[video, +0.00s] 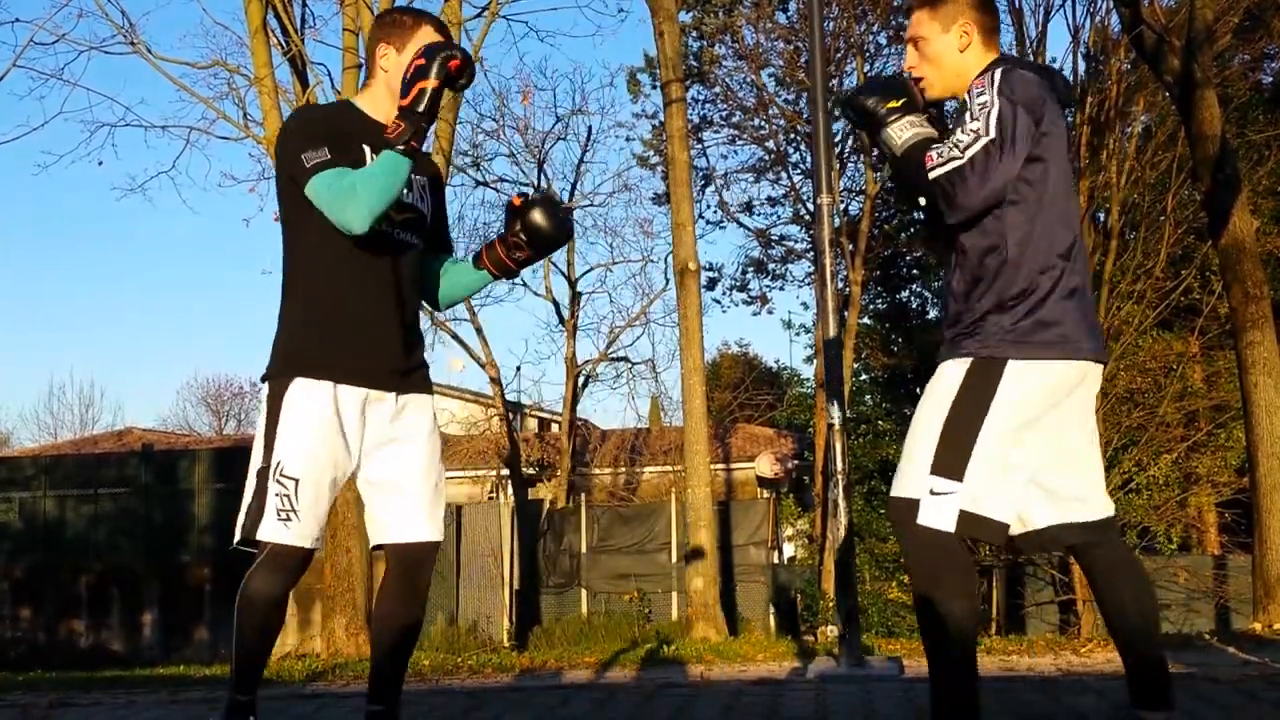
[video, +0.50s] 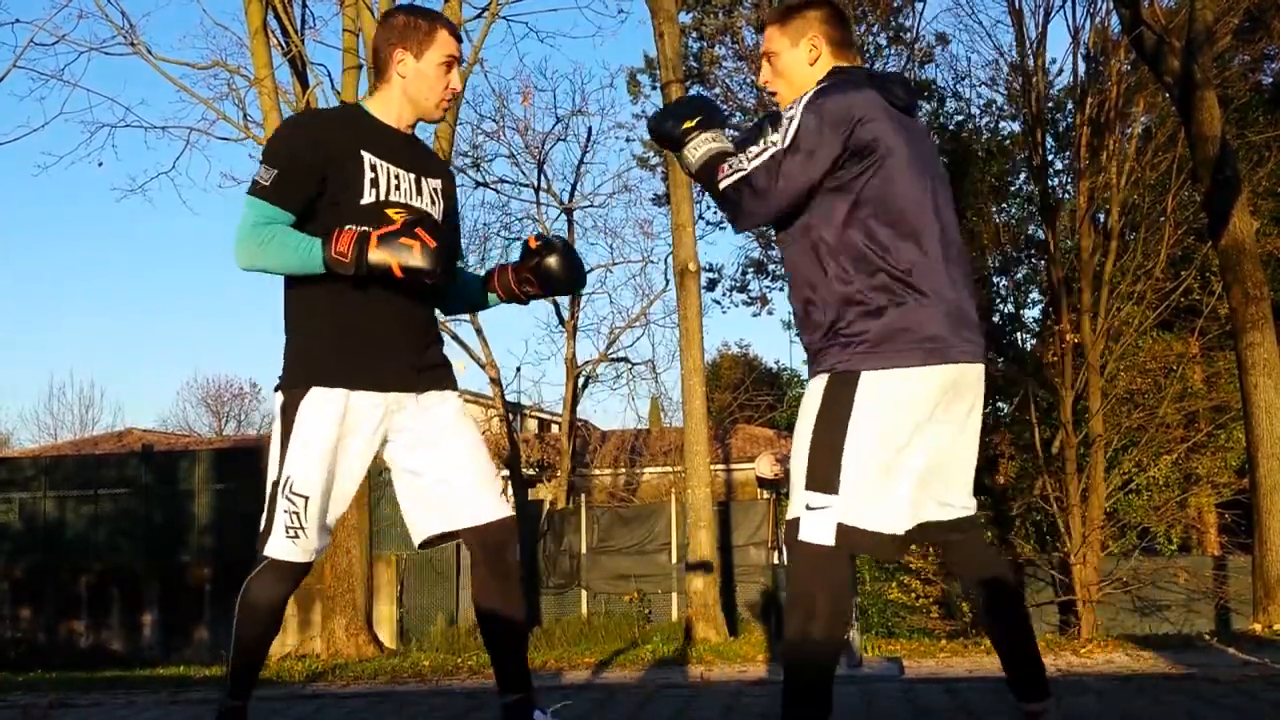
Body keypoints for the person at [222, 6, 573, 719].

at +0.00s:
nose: (438, 75)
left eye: (444, 65)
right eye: (427, 59)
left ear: (445, 75)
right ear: (384, 56)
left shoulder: (426, 175)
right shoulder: (312, 125)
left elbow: (431, 285)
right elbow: (352, 212)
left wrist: (498, 259)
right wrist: (411, 134)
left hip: (403, 383)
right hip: (316, 375)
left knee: (413, 546)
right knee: (287, 546)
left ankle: (383, 710)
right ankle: (240, 706)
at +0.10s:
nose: (427, 73)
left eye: (429, 62)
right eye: (416, 57)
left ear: (386, 60)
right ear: (369, 54)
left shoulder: (405, 164)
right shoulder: (298, 124)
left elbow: (414, 287)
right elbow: (320, 224)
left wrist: (481, 260)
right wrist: (409, 149)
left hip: (394, 380)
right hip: (309, 375)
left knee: (416, 542)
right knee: (282, 545)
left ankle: (384, 708)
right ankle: (231, 706)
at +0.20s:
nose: (418, 92)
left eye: (419, 77)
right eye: (408, 73)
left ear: (374, 71)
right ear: (363, 65)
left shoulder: (394, 176)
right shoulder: (283, 141)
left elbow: (390, 305)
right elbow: (274, 251)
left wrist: (462, 278)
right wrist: (372, 218)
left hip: (385, 388)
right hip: (298, 387)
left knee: (447, 536)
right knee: (271, 560)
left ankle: (396, 708)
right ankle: (229, 715)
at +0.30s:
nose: (418, 91)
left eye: (420, 76)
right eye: (409, 72)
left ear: (373, 71)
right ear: (362, 66)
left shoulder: (392, 175)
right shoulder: (282, 140)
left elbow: (385, 301)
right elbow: (237, 252)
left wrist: (456, 283)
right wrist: (351, 257)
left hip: (390, 385)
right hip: (304, 387)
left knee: (467, 520)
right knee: (273, 557)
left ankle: (435, 704)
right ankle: (230, 714)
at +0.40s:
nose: (432, 79)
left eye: (434, 66)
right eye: (422, 61)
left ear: (388, 64)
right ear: (373, 58)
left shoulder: (408, 166)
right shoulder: (292, 130)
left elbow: (400, 285)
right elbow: (233, 241)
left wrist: (464, 283)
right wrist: (345, 258)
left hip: (404, 374)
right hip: (315, 374)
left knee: (475, 517)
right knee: (281, 548)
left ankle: (495, 704)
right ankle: (230, 711)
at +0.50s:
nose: (457, 82)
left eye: (459, 68)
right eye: (448, 65)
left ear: (412, 68)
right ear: (400, 62)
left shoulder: (435, 172)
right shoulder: (313, 133)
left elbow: (442, 289)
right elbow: (252, 243)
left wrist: (502, 284)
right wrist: (358, 251)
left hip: (423, 380)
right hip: (331, 379)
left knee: (494, 528)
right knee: (289, 551)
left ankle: (518, 706)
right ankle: (233, 709)